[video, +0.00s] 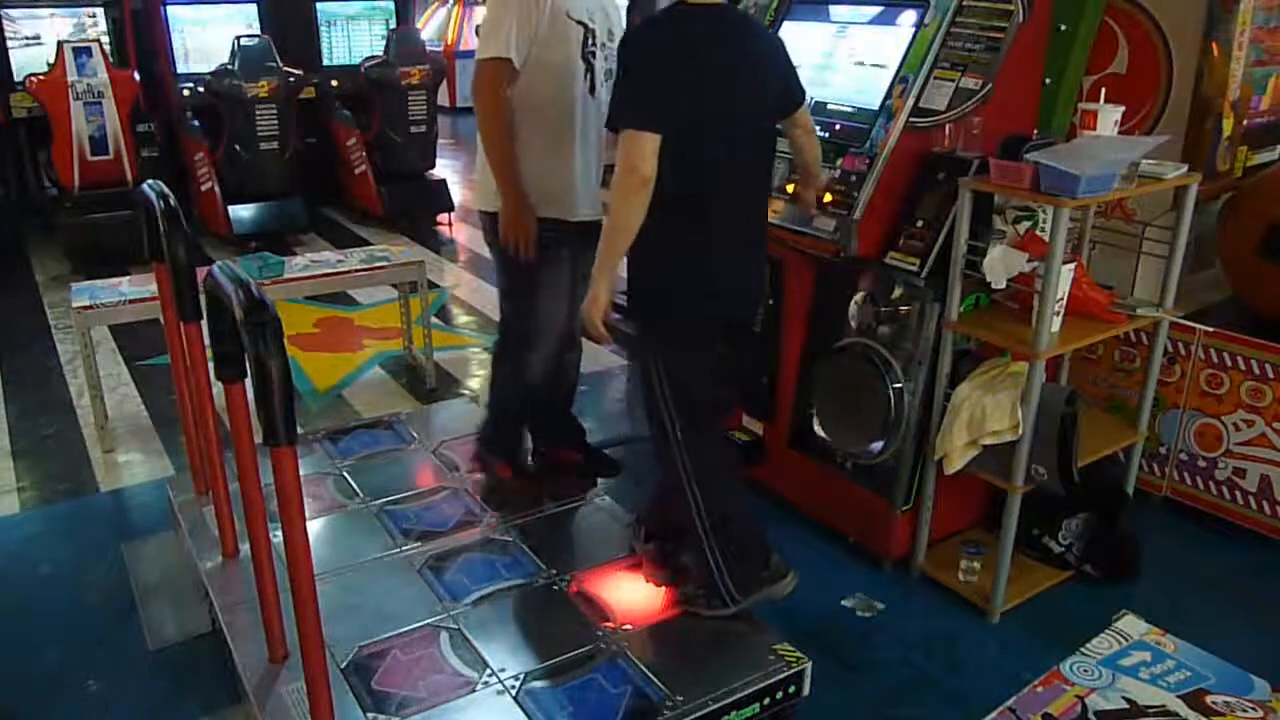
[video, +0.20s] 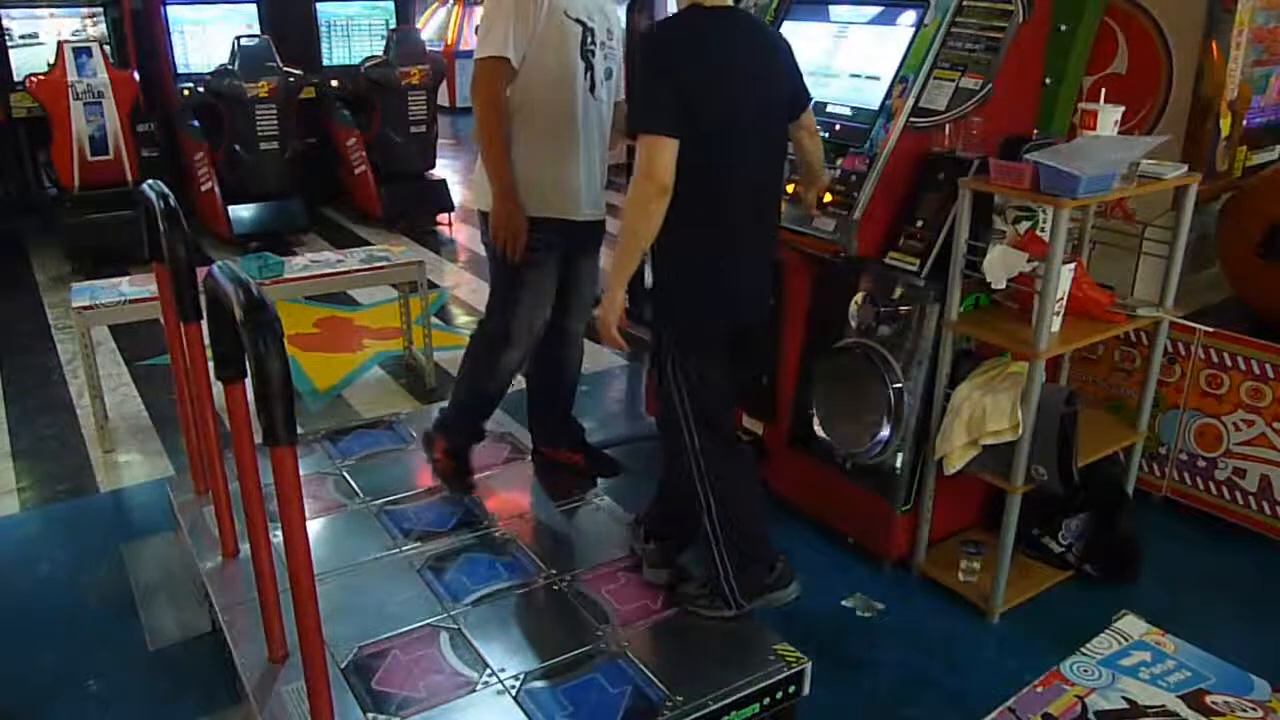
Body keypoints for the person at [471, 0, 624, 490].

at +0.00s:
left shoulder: (613, 9)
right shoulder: (524, 2)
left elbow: (605, 103)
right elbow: (487, 91)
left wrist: (612, 189)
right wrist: (512, 198)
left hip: (583, 203)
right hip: (529, 202)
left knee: (566, 334)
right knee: (530, 335)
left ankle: (556, 440)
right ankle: (499, 447)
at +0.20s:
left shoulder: (611, 11)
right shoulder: (521, 1)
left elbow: (611, 116)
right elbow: (487, 89)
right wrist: (504, 197)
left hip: (584, 204)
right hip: (526, 202)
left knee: (565, 335)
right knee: (514, 332)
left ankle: (557, 445)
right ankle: (452, 436)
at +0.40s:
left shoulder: (608, 10)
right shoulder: (516, 1)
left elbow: (608, 106)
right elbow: (484, 88)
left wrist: (664, 142)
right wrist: (506, 197)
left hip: (585, 204)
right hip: (524, 203)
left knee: (566, 337)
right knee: (506, 337)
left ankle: (556, 445)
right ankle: (451, 444)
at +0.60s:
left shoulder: (609, 12)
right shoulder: (515, 1)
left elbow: (609, 106)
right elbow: (482, 86)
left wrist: (662, 151)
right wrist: (505, 194)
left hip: (586, 205)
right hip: (524, 203)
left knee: (565, 339)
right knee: (503, 338)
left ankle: (557, 446)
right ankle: (448, 445)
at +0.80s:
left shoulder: (613, 9)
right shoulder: (519, 1)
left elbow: (604, 101)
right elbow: (480, 86)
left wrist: (656, 145)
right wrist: (498, 195)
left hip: (585, 206)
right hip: (524, 203)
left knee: (564, 339)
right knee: (494, 336)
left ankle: (557, 441)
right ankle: (435, 447)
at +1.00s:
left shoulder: (617, 11)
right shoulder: (519, 1)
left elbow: (612, 110)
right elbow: (478, 83)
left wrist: (673, 157)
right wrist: (495, 190)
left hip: (582, 203)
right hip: (517, 198)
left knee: (562, 337)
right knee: (489, 334)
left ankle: (557, 440)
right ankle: (432, 447)